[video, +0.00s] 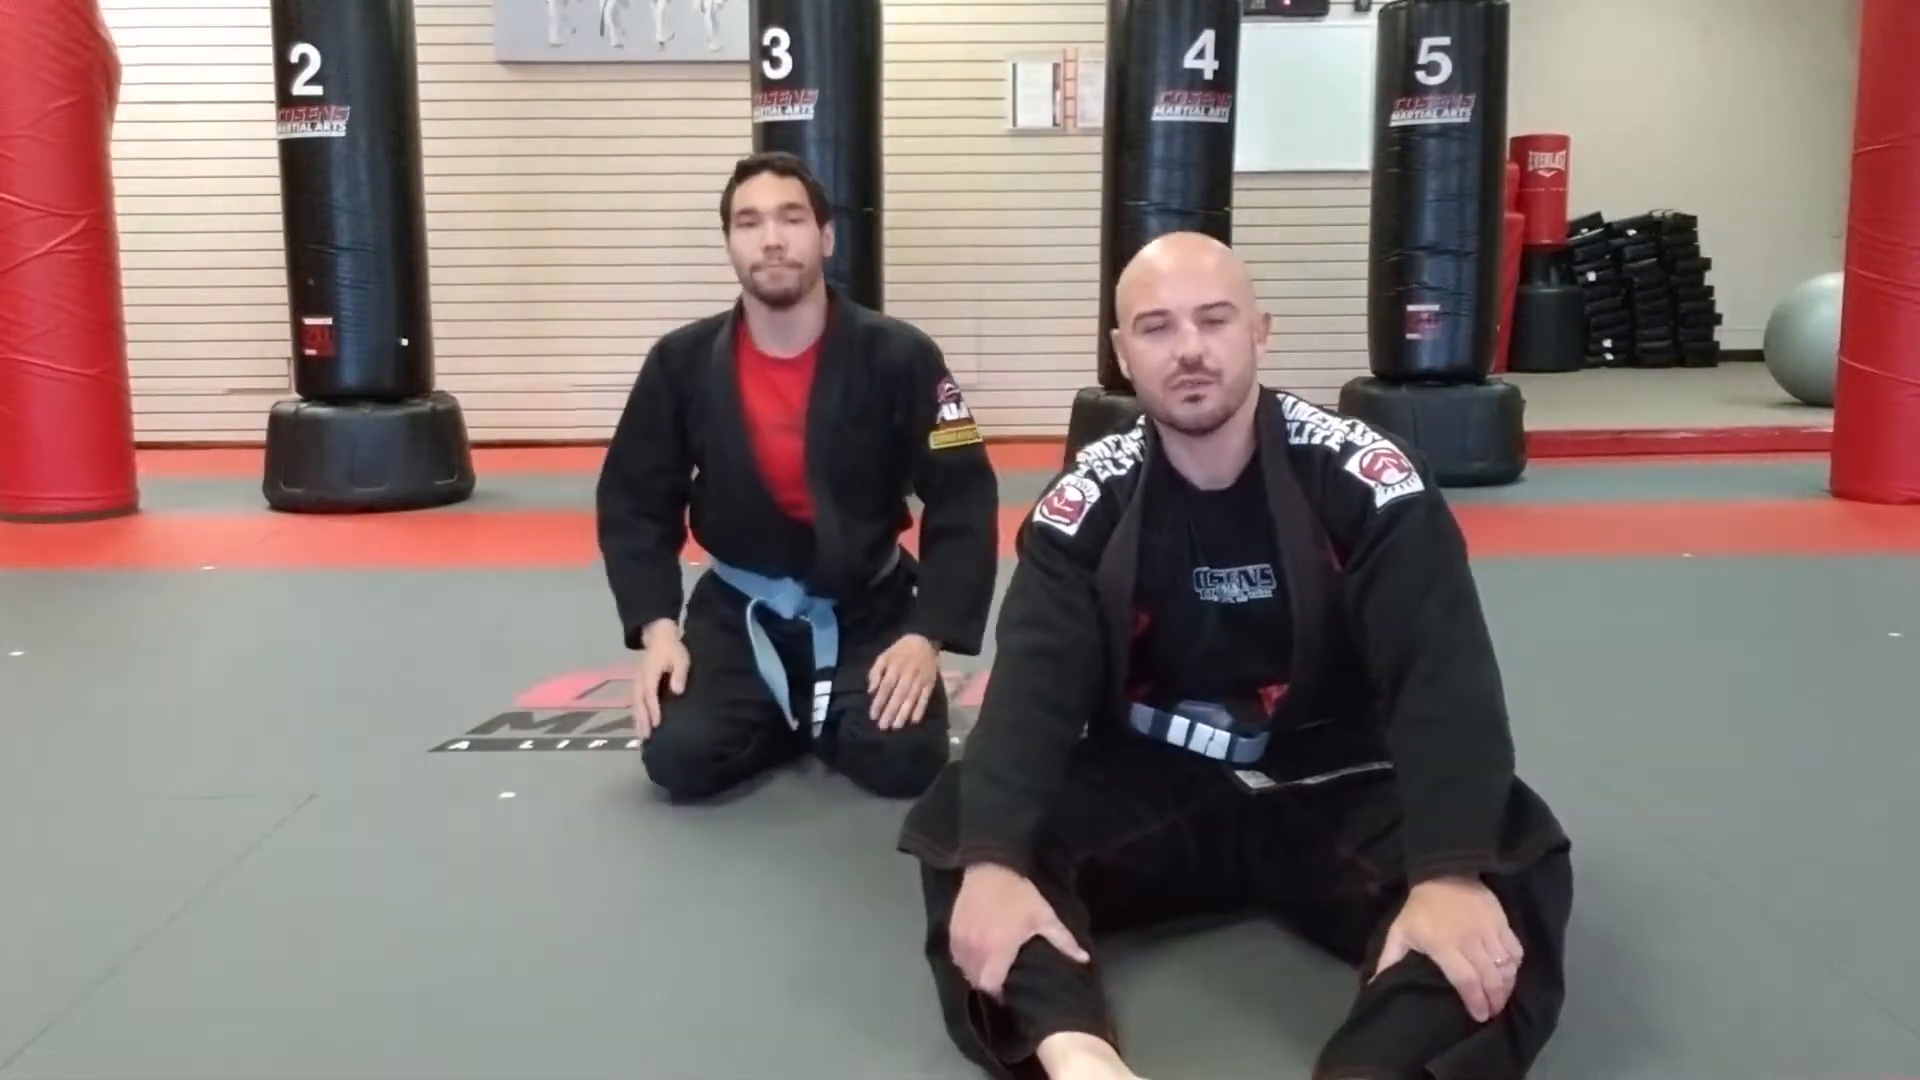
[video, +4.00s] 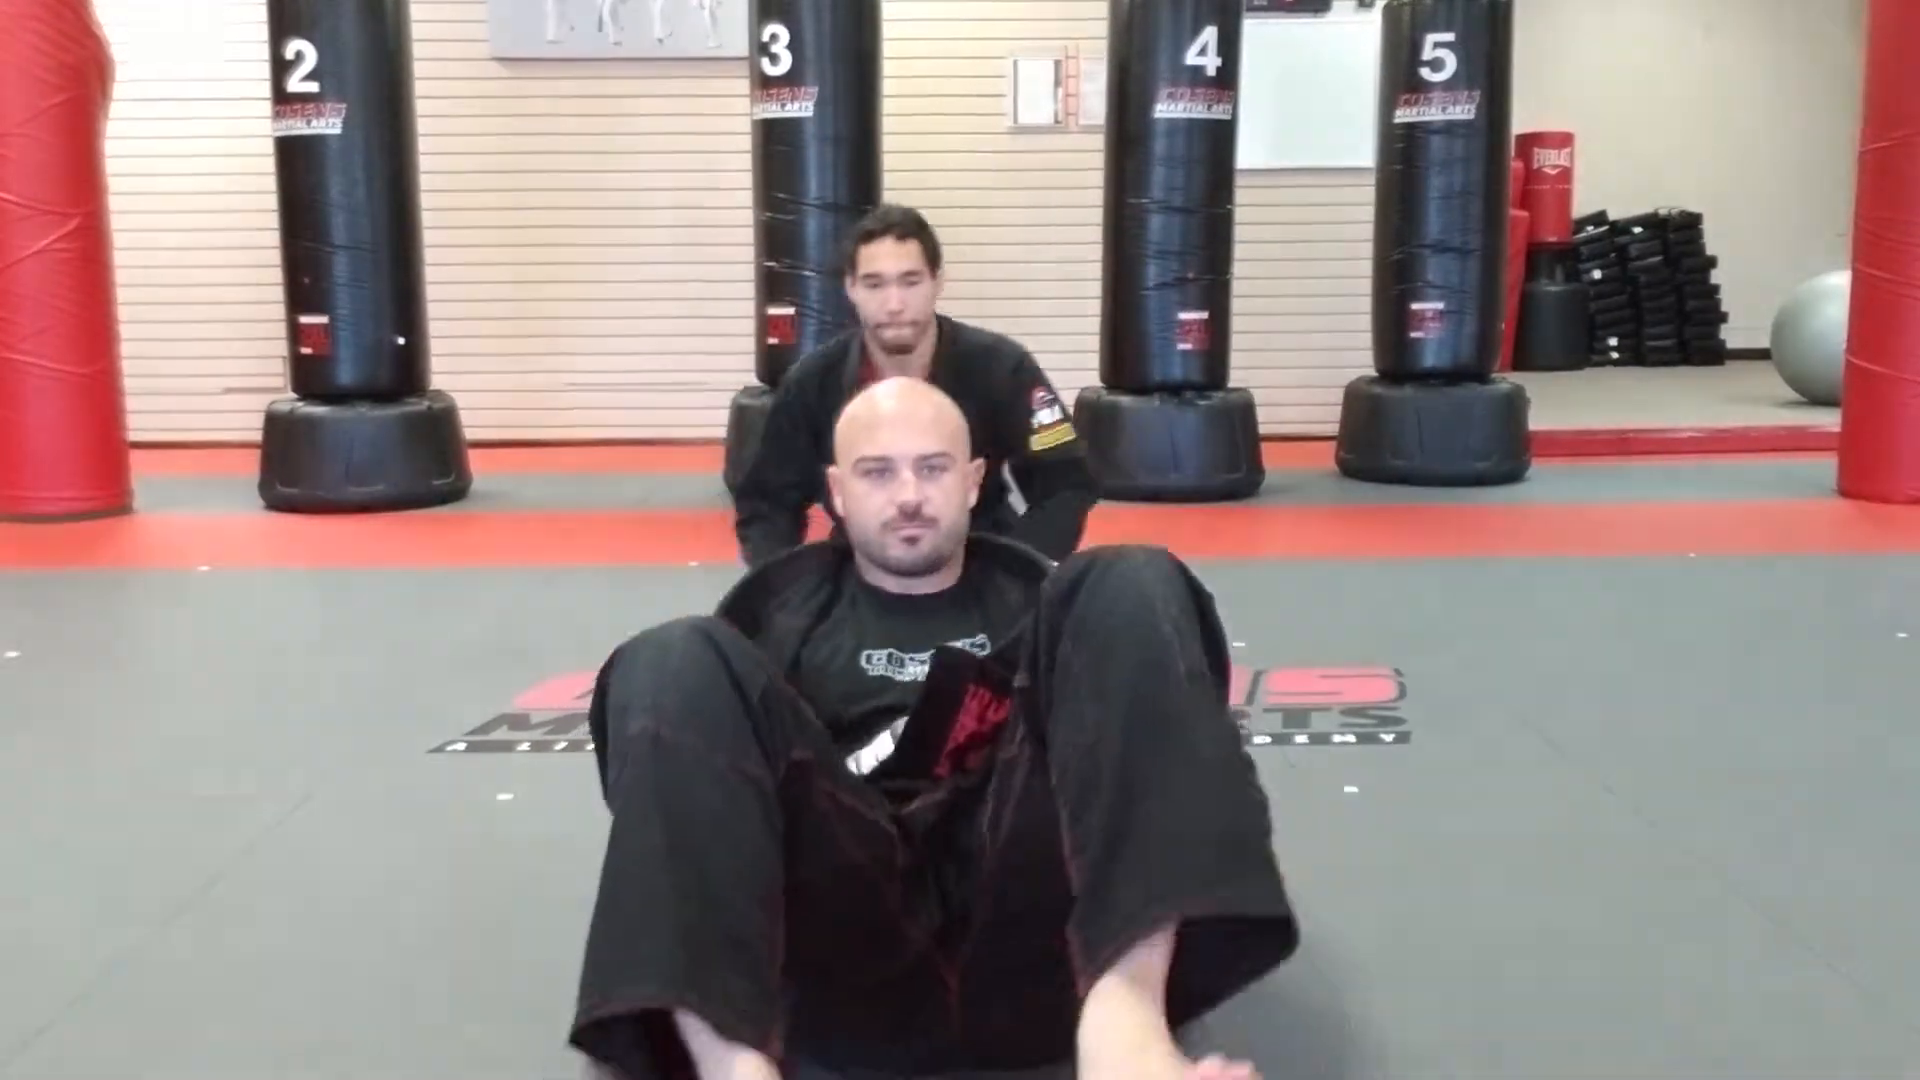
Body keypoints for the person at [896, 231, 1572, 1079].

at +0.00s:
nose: (1188, 349)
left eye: (1214, 320)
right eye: (1156, 328)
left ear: (1260, 334)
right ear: (1121, 352)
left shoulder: (1359, 471)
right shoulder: (1089, 497)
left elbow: (1443, 673)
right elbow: (1032, 688)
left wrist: (1449, 871)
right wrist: (989, 860)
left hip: (1337, 797)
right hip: (1149, 793)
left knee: (1511, 848)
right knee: (965, 825)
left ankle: (1371, 1063)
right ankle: (1082, 1062)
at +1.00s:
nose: (1293, 355)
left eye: (1321, 330)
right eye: (1264, 323)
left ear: (1350, 347)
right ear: (1204, 336)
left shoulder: (1416, 489)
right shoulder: (1137, 482)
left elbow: (1484, 696)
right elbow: (1065, 677)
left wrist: (1504, 900)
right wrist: (1018, 856)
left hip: (1356, 809)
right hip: (1165, 796)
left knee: (1536, 875)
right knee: (981, 807)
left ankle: (1396, 1067)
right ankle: (1085, 1064)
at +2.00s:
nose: (1238, 341)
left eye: (1262, 314)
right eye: (1207, 319)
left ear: (1297, 328)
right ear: (1165, 341)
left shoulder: (1380, 467)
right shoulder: (1121, 474)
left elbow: (1445, 644)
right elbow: (1049, 637)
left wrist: (1450, 790)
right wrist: (1015, 707)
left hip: (1335, 784)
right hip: (1158, 777)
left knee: (1452, 824)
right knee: (1014, 783)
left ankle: (1341, 1058)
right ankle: (1090, 1046)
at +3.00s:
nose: (1080, 357)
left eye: (1103, 319)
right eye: (1046, 332)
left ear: (1157, 307)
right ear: (1014, 339)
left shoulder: (1267, 450)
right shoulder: (973, 457)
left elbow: (1378, 680)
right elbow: (923, 675)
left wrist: (1421, 892)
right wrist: (899, 849)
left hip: (1253, 803)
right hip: (1052, 798)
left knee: (1221, 676)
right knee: (847, 729)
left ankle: (1056, 1042)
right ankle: (789, 1030)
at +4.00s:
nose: (908, 497)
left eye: (933, 469)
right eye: (878, 473)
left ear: (976, 481)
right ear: (833, 494)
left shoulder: (1054, 605)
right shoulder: (772, 609)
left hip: (1030, 938)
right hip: (829, 935)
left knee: (1138, 582)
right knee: (668, 663)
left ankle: (1129, 1027)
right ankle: (730, 1058)